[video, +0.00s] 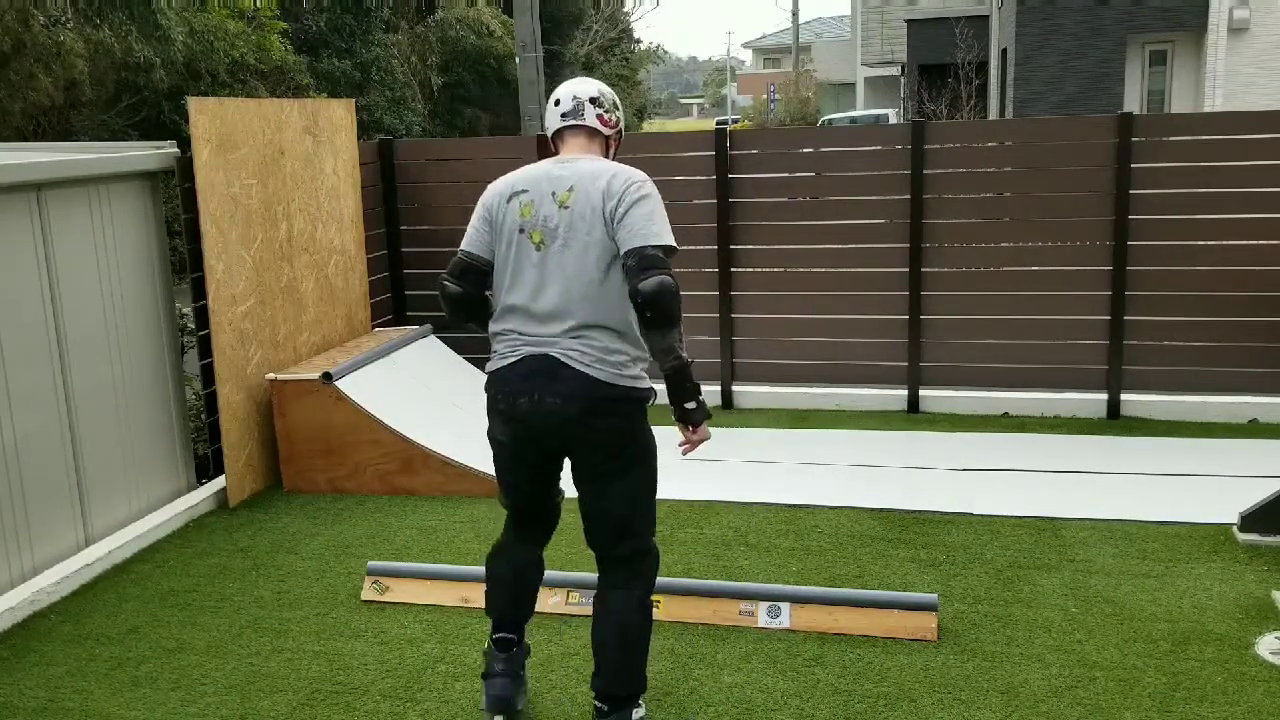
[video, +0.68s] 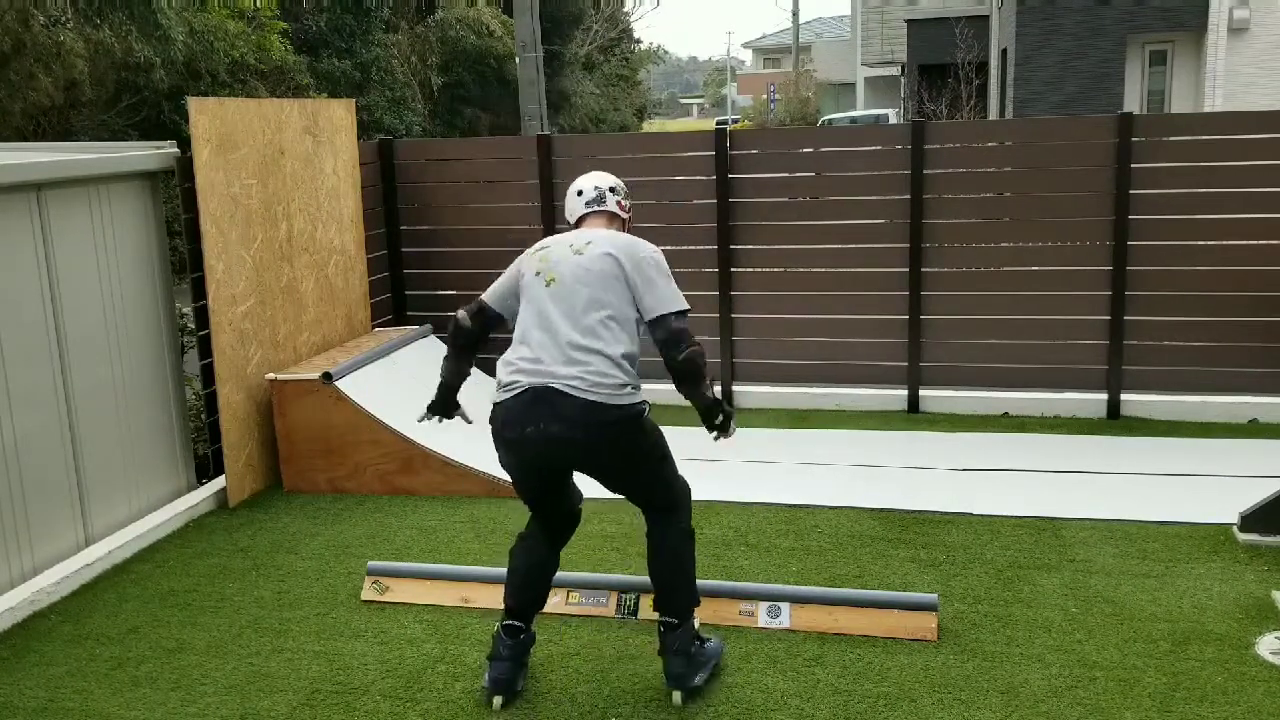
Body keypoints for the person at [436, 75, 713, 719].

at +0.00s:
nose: (616, 139)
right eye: (615, 130)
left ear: (549, 134)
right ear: (610, 129)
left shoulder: (502, 190)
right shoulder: (626, 184)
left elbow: (461, 294)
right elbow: (655, 292)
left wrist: (516, 340)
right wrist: (683, 387)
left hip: (514, 387)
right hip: (605, 390)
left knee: (525, 519)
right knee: (625, 554)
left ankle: (503, 668)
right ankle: (617, 705)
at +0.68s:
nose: (630, 218)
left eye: (625, 210)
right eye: (628, 211)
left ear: (570, 219)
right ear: (621, 212)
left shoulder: (536, 254)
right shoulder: (637, 251)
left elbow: (467, 322)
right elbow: (677, 346)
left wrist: (447, 389)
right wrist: (707, 403)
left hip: (517, 413)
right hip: (602, 412)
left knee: (552, 516)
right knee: (668, 505)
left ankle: (507, 656)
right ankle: (680, 651)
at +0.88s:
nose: (508, 148)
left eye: (506, 139)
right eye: (507, 141)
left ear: (515, 131)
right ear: (565, 114)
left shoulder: (533, 157)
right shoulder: (626, 146)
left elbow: (496, 195)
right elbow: (693, 170)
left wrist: (407, 238)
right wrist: (685, 160)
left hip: (579, 338)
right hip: (655, 332)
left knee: (552, 486)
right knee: (651, 470)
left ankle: (535, 633)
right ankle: (682, 614)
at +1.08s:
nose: (513, 144)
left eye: (511, 134)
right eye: (505, 138)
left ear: (530, 118)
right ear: (548, 110)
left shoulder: (590, 134)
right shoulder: (583, 120)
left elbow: (556, 152)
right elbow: (621, 116)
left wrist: (450, 153)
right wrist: (629, 113)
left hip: (663, 302)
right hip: (606, 306)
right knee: (562, 415)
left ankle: (724, 534)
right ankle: (598, 525)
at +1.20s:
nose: (521, 221)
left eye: (521, 211)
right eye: (515, 214)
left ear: (543, 193)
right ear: (543, 191)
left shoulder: (615, 191)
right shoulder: (551, 209)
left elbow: (637, 261)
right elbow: (543, 241)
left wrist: (542, 285)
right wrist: (523, 266)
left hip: (684, 322)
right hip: (610, 323)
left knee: (701, 446)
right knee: (570, 437)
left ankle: (734, 554)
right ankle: (562, 546)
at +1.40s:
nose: (570, 309)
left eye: (575, 300)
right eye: (562, 303)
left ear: (601, 277)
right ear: (549, 280)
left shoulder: (659, 264)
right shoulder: (551, 270)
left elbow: (718, 339)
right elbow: (493, 290)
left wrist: (697, 419)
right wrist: (455, 353)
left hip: (681, 330)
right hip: (615, 330)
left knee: (719, 435)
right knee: (571, 436)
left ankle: (738, 546)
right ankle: (565, 541)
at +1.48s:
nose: (576, 317)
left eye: (581, 307)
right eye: (568, 311)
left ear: (607, 285)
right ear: (555, 292)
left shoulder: (664, 270)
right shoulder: (551, 277)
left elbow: (727, 342)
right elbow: (492, 296)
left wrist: (712, 424)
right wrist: (450, 357)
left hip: (682, 336)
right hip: (612, 335)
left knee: (719, 433)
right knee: (568, 435)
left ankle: (738, 547)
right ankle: (565, 540)